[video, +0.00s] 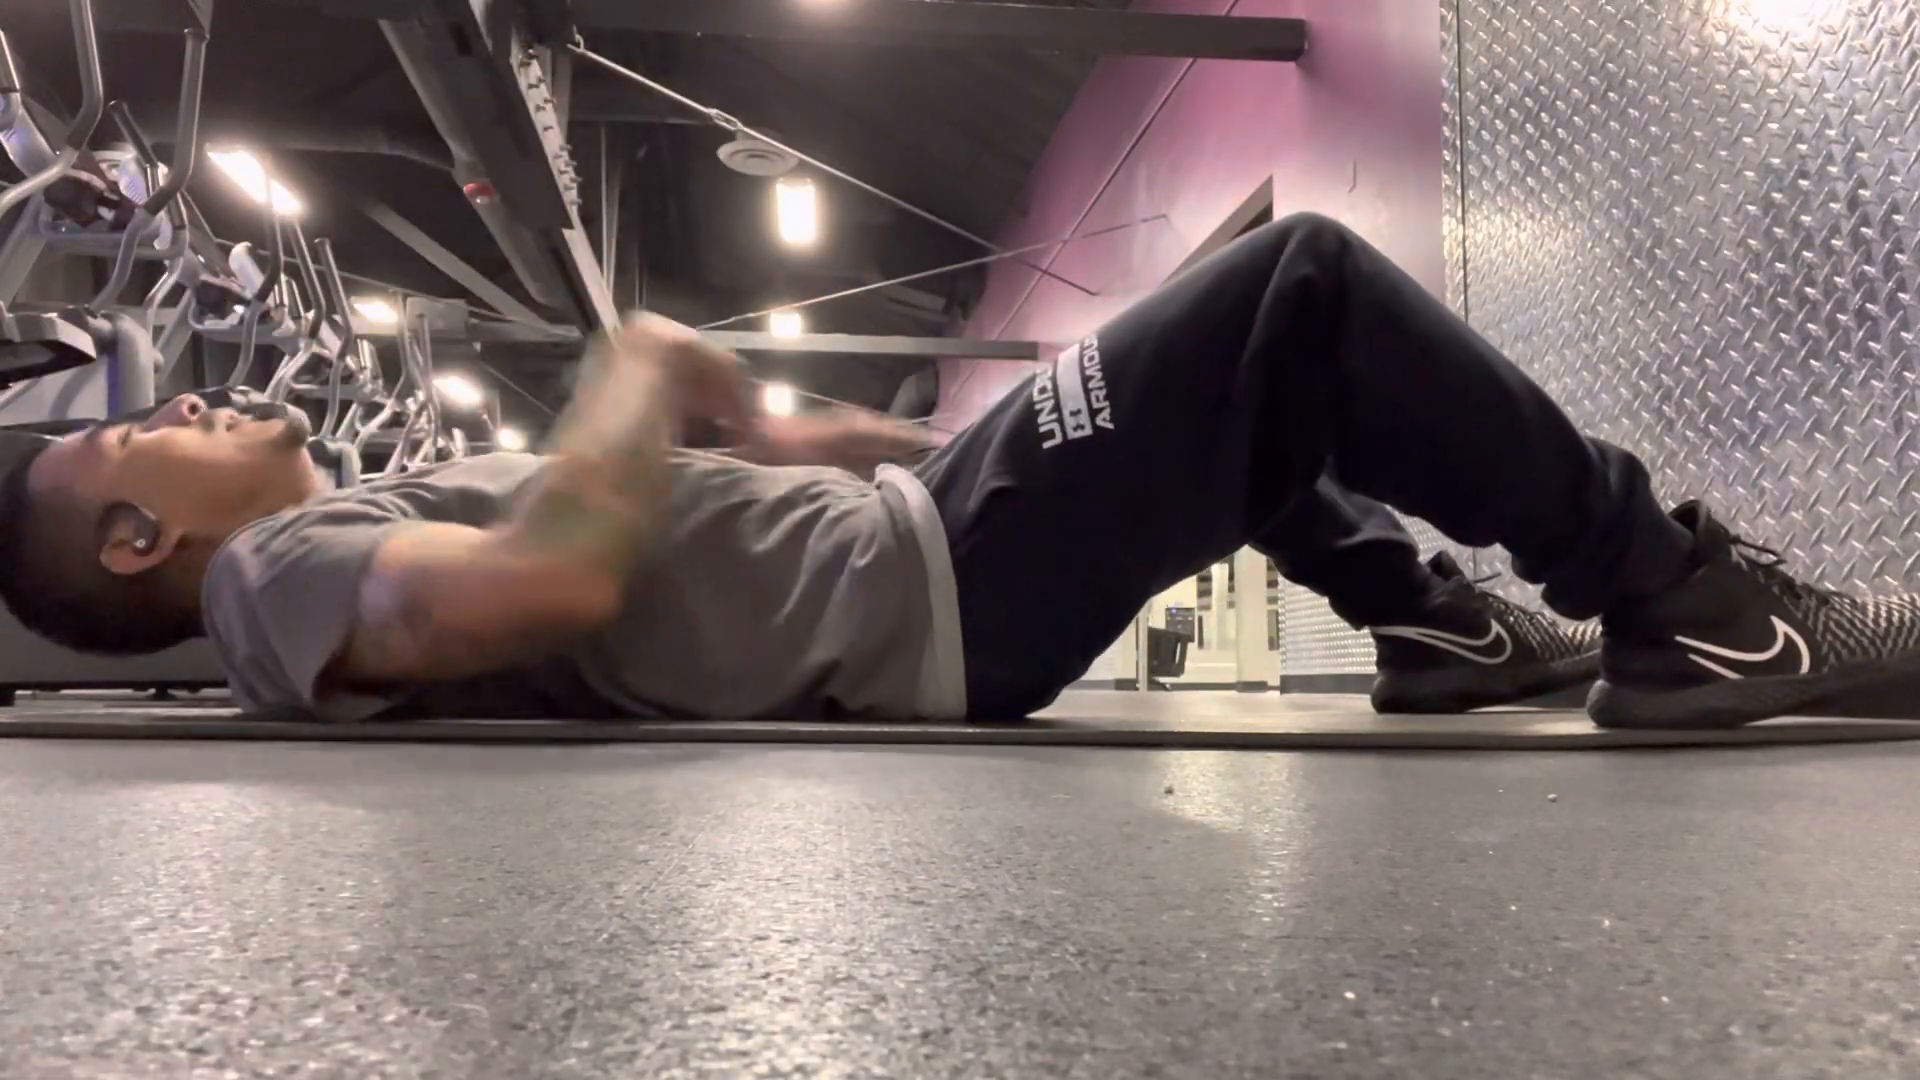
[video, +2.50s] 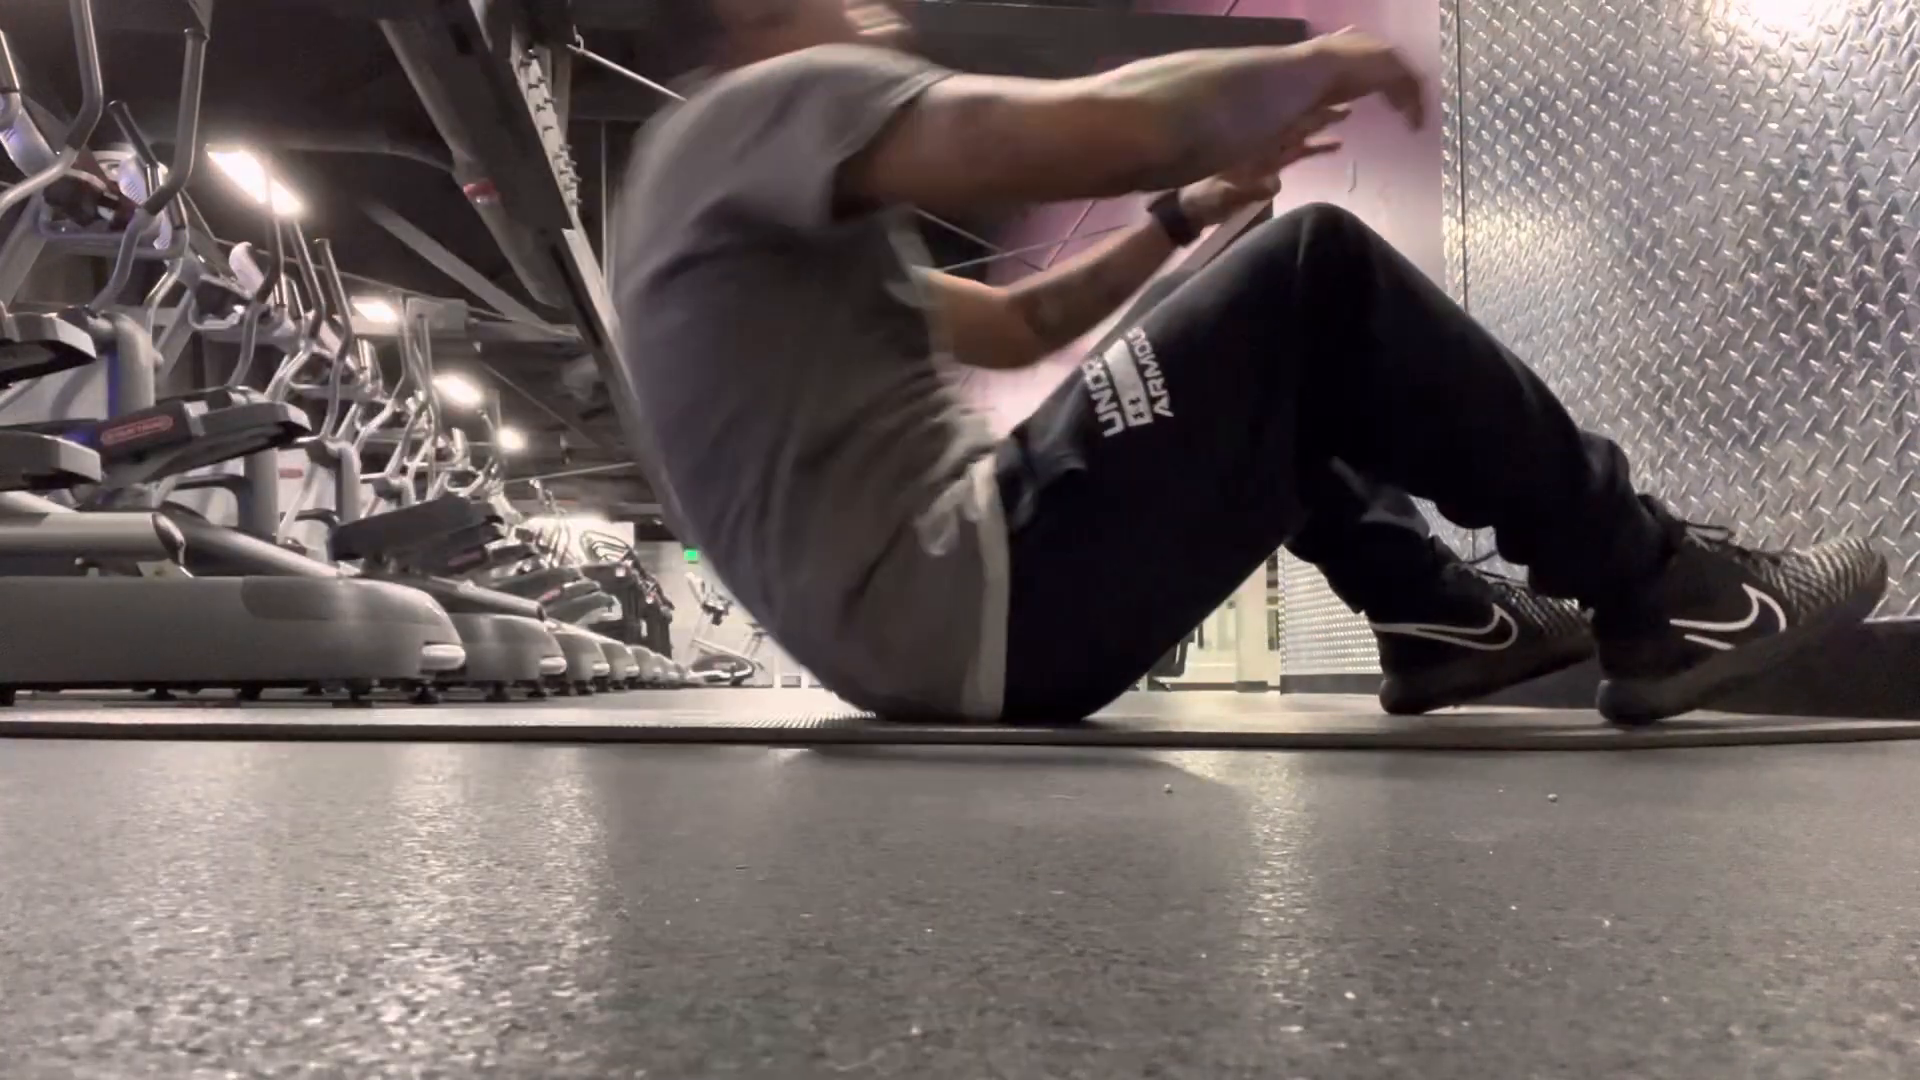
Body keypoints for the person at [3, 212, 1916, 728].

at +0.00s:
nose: (215, 401)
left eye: (165, 401)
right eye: (169, 425)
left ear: (158, 525)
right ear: (151, 537)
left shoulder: (310, 558)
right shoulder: (287, 584)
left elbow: (565, 559)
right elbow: (560, 578)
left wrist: (726, 432)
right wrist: (649, 375)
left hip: (901, 558)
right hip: (924, 613)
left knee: (1209, 318)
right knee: (1295, 280)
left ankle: (1446, 622)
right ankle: (1689, 595)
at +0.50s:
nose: (194, 365)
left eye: (166, 362)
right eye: (152, 389)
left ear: (202, 408)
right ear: (149, 478)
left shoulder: (345, 516)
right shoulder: (301, 492)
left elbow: (629, 413)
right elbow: (558, 306)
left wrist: (782, 237)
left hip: (853, 536)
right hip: (893, 567)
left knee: (1196, 346)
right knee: (1264, 274)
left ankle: (1442, 617)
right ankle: (1657, 591)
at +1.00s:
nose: (1049, 66)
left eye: (1056, 52)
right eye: (1043, 49)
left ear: (918, 23)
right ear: (981, 18)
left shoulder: (848, 171)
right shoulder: (852, 86)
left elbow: (1007, 381)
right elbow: (1100, 95)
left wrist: (1152, 224)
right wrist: (1337, 8)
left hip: (971, 607)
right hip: (990, 605)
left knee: (1243, 283)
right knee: (1305, 265)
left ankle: (1468, 625)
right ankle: (1642, 590)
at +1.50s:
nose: (972, 24)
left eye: (960, 9)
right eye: (941, 3)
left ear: (833, 23)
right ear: (851, 12)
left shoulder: (822, 145)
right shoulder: (827, 136)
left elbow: (1094, 273)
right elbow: (1117, 254)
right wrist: (1402, 110)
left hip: (1043, 591)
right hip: (1062, 619)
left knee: (1302, 307)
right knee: (1371, 270)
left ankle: (1458, 624)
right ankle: (1682, 613)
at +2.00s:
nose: (197, 345)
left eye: (171, 343)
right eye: (153, 365)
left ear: (188, 420)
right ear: (149, 448)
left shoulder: (356, 489)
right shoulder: (279, 515)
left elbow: (589, 400)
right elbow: (301, 167)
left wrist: (479, 228)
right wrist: (392, 50)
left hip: (873, 523)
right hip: (892, 564)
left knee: (1220, 332)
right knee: (1259, 263)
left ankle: (1434, 619)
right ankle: (1621, 578)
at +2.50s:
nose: (899, 46)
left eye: (891, 39)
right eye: (873, 28)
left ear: (719, 45)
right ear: (781, 20)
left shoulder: (750, 230)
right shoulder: (746, 121)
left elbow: (1013, 327)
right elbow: (1131, 125)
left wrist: (1188, 217)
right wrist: (1343, 63)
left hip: (964, 626)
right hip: (988, 605)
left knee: (1221, 331)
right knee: (1307, 268)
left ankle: (1450, 623)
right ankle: (1659, 590)